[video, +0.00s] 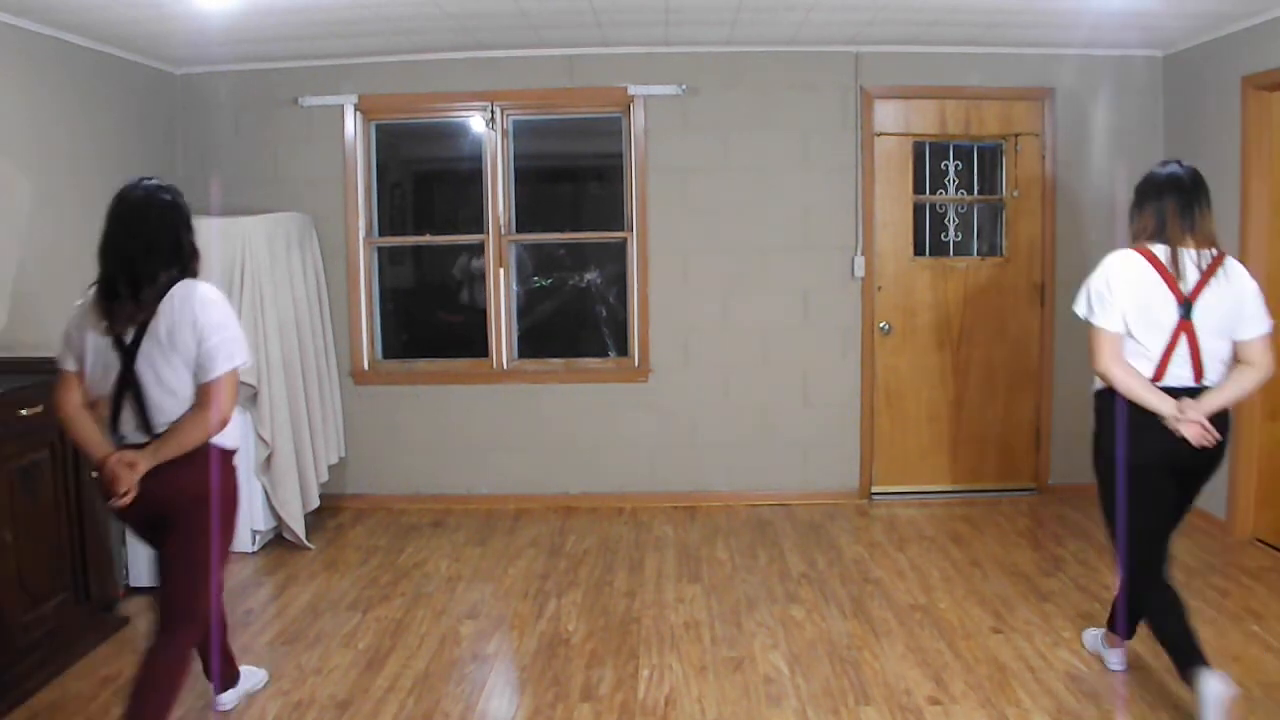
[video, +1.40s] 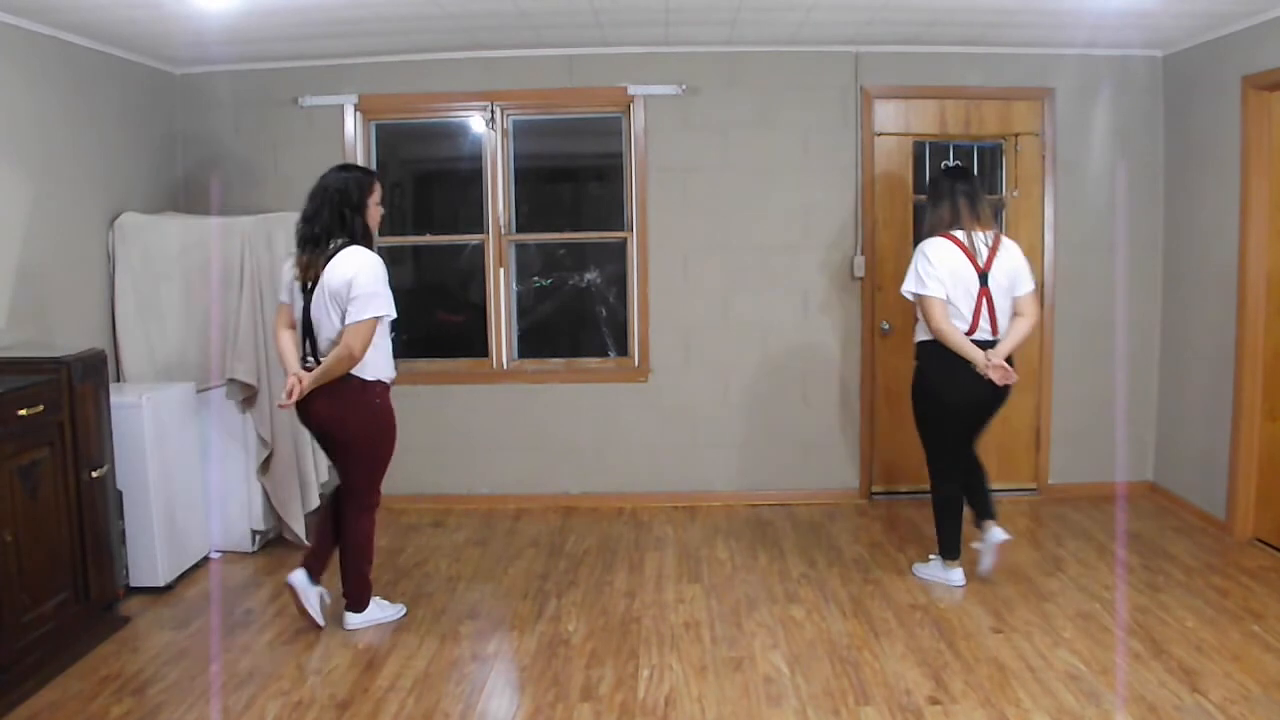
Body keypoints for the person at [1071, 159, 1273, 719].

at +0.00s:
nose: (1138, 216)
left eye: (1141, 206)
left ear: (1144, 209)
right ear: (1202, 209)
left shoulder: (1120, 268)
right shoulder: (1233, 274)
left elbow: (1107, 362)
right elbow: (1258, 364)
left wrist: (1169, 409)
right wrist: (1200, 408)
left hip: (1132, 423)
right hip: (1204, 423)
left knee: (1141, 553)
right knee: (1147, 539)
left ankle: (1201, 675)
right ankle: (1116, 639)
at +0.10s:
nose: (1123, 207)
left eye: (1126, 198)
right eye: (1126, 199)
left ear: (1133, 202)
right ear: (1189, 200)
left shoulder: (1109, 260)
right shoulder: (1219, 265)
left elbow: (1099, 353)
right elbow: (1242, 353)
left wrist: (1163, 397)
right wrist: (1188, 392)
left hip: (1120, 415)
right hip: (1190, 417)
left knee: (1100, 531)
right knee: (1145, 526)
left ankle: (1159, 635)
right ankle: (1115, 640)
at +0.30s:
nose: (1103, 203)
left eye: (1106, 195)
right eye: (1105, 194)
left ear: (1113, 197)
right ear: (1165, 195)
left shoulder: (1093, 253)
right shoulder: (1198, 259)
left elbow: (1085, 344)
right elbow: (1218, 342)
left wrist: (1141, 391)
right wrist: (1165, 388)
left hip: (1100, 400)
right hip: (1169, 404)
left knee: (1063, 495)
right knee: (1133, 519)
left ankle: (1089, 597)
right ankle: (1118, 637)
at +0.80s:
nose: (1050, 212)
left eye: (1052, 204)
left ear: (1053, 208)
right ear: (1104, 205)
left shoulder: (1038, 261)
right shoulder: (1136, 261)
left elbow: (1033, 342)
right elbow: (1161, 337)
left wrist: (1087, 383)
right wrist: (1111, 378)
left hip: (1051, 398)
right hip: (1116, 399)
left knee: (1021, 480)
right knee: (1108, 517)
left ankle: (1026, 581)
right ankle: (1113, 635)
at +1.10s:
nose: (980, 223)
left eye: (981, 215)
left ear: (985, 219)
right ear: (1031, 217)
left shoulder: (974, 270)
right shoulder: (1063, 267)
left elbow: (973, 342)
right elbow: (1085, 335)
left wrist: (1021, 383)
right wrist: (1043, 379)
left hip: (989, 389)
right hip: (1051, 389)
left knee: (968, 480)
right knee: (1053, 498)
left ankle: (952, 563)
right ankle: (1094, 595)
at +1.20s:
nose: (960, 216)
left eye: (959, 208)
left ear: (964, 212)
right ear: (1008, 210)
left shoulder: (952, 263)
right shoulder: (1038, 258)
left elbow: (952, 336)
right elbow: (1062, 326)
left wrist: (1001, 370)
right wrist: (1024, 365)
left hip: (967, 384)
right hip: (1024, 383)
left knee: (955, 477)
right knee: (1021, 483)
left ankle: (949, 563)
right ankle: (1061, 560)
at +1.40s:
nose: (931, 208)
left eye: (932, 201)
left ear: (938, 203)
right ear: (979, 200)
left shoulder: (932, 251)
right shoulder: (1008, 248)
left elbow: (938, 322)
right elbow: (1027, 314)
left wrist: (982, 360)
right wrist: (998, 354)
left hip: (943, 369)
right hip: (994, 370)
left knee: (943, 459)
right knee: (960, 446)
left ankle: (949, 561)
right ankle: (989, 524)